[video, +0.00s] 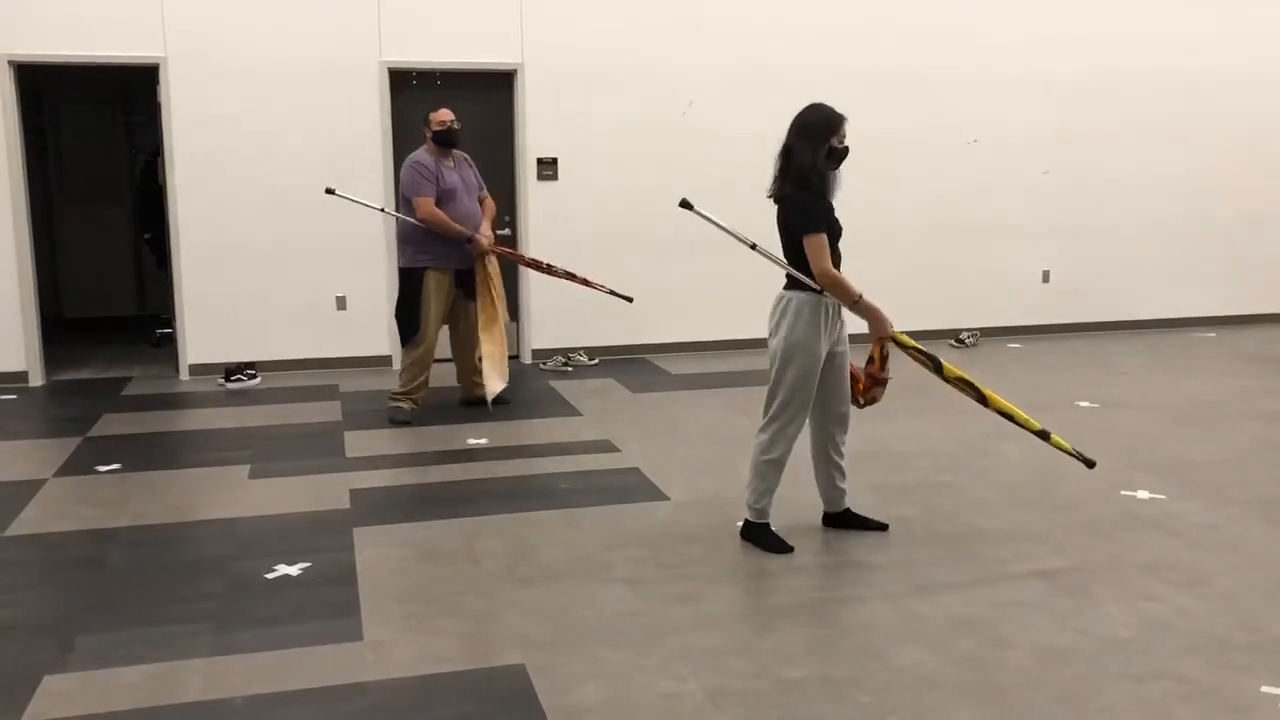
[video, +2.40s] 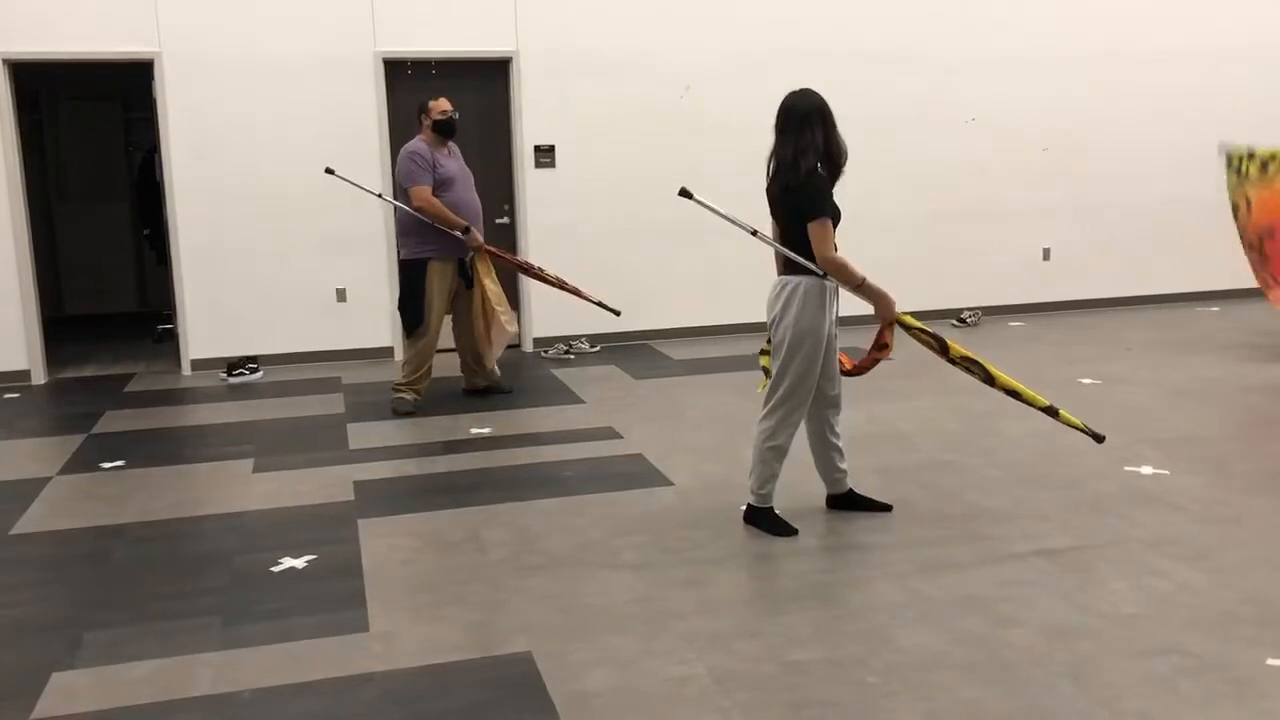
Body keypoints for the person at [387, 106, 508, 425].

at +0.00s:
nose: (450, 129)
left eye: (454, 124)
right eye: (443, 125)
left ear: (459, 128)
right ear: (428, 131)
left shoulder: (464, 161)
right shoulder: (417, 163)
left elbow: (488, 201)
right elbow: (425, 211)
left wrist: (485, 227)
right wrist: (469, 236)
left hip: (466, 262)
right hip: (427, 265)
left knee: (470, 331)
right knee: (422, 338)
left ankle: (475, 391)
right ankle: (404, 401)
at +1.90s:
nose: (456, 120)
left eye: (458, 116)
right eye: (449, 116)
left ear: (461, 123)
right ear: (432, 123)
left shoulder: (457, 155)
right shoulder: (420, 154)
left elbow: (478, 197)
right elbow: (428, 202)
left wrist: (487, 180)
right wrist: (472, 230)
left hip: (466, 254)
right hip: (430, 257)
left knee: (472, 322)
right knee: (427, 331)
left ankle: (479, 381)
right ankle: (408, 393)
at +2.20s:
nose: (452, 119)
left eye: (454, 114)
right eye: (444, 115)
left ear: (456, 120)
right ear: (426, 121)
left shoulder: (452, 150)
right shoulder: (415, 153)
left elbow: (464, 192)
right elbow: (423, 201)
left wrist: (490, 207)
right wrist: (467, 227)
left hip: (464, 251)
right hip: (427, 256)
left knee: (472, 319)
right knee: (424, 328)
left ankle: (478, 380)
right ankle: (407, 392)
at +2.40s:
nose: (450, 118)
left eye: (453, 113)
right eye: (443, 114)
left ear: (455, 119)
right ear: (425, 121)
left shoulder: (451, 148)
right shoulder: (414, 152)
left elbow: (460, 197)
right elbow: (421, 201)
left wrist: (476, 238)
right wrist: (465, 228)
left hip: (464, 251)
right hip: (428, 256)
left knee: (473, 319)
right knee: (424, 328)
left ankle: (479, 379)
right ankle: (407, 392)